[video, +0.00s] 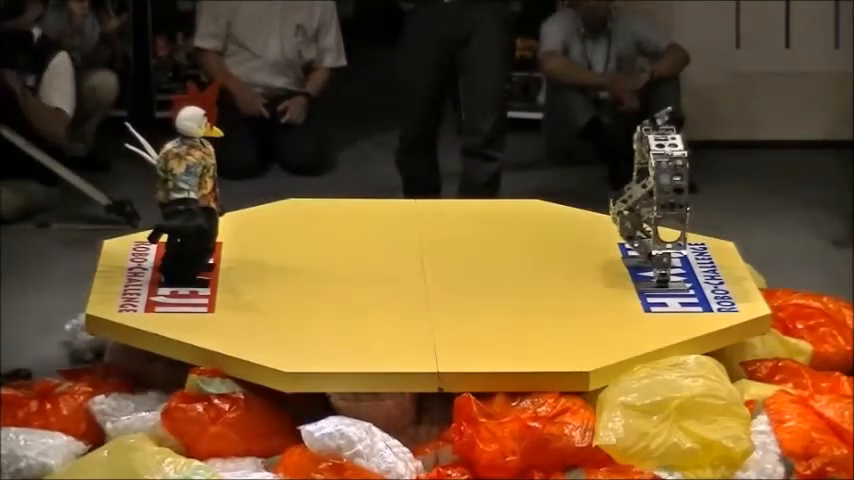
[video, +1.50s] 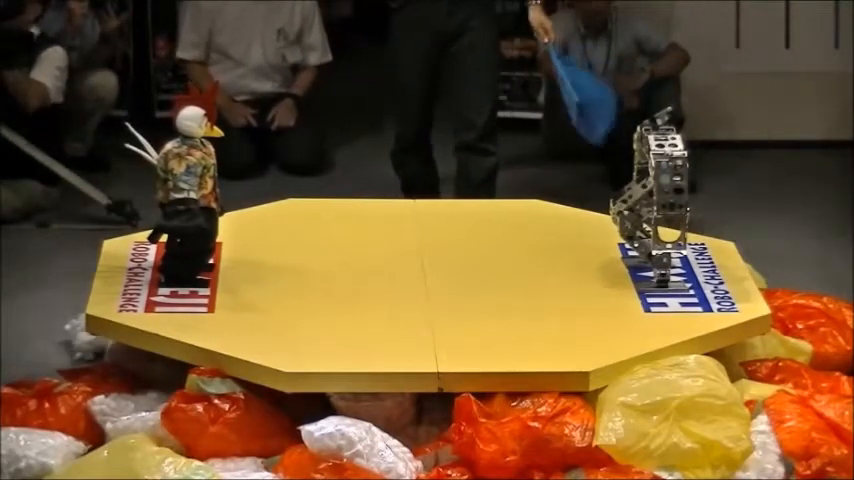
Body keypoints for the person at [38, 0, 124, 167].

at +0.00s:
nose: (83, 8)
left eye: (86, 4)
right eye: (78, 4)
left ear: (89, 6)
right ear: (68, 4)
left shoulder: (91, 23)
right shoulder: (54, 18)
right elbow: (50, 50)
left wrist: (108, 32)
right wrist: (72, 25)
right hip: (53, 72)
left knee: (106, 82)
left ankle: (84, 139)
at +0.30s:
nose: (80, 10)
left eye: (84, 6)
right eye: (75, 5)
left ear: (88, 7)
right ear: (66, 6)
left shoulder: (92, 24)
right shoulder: (53, 20)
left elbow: (93, 60)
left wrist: (109, 35)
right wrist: (72, 26)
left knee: (105, 82)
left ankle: (82, 146)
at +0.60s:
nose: (79, 10)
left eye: (83, 6)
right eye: (74, 6)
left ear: (88, 8)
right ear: (66, 6)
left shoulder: (91, 25)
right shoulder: (52, 20)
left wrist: (108, 35)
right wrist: (71, 26)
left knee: (105, 82)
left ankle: (79, 148)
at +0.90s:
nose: (79, 10)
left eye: (83, 6)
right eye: (74, 6)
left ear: (88, 8)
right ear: (66, 6)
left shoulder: (91, 24)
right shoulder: (52, 19)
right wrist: (71, 26)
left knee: (105, 82)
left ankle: (80, 148)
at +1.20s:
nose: (79, 10)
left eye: (84, 6)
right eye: (75, 6)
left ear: (88, 8)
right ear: (66, 6)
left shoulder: (91, 24)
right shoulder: (52, 19)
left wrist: (108, 35)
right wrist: (71, 26)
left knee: (105, 82)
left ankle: (81, 147)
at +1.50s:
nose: (79, 10)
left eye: (83, 6)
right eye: (75, 6)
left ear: (88, 8)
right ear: (66, 6)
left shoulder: (92, 24)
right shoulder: (53, 19)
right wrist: (70, 27)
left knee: (105, 82)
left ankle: (81, 147)